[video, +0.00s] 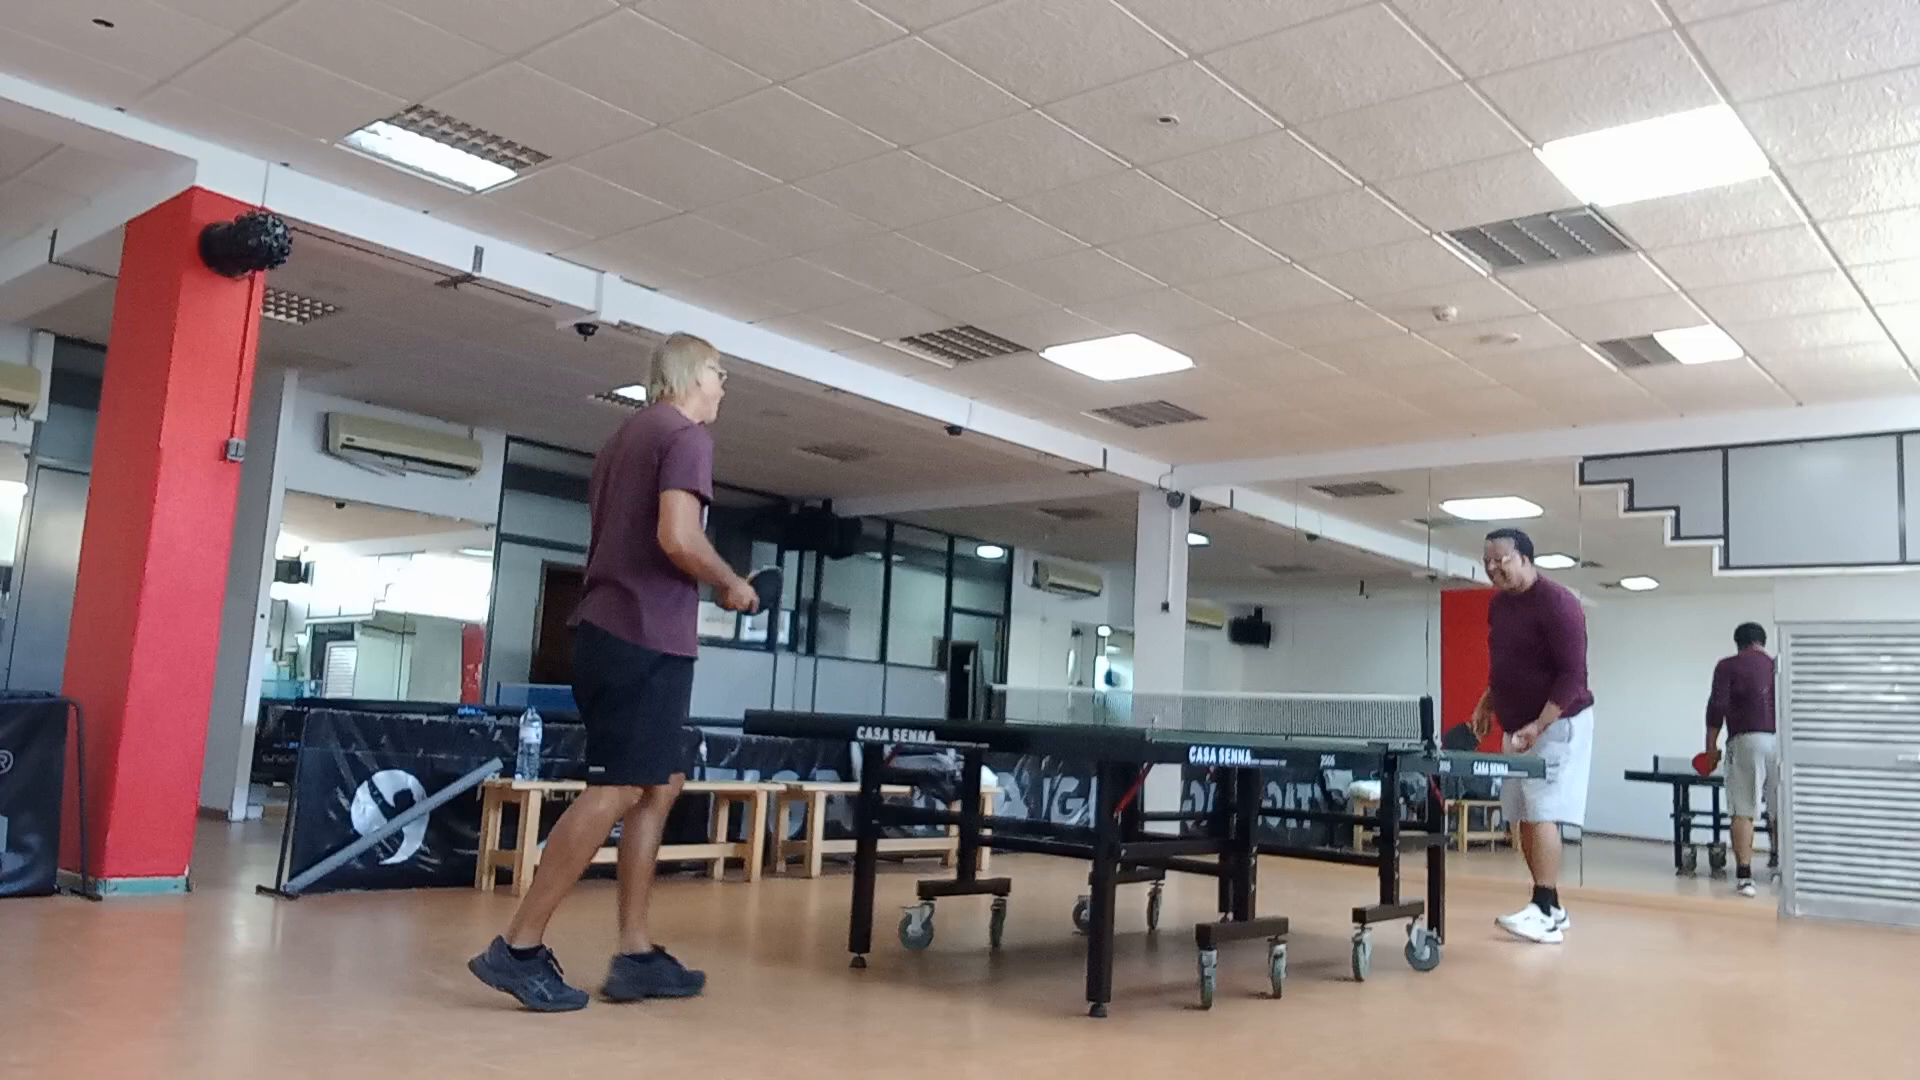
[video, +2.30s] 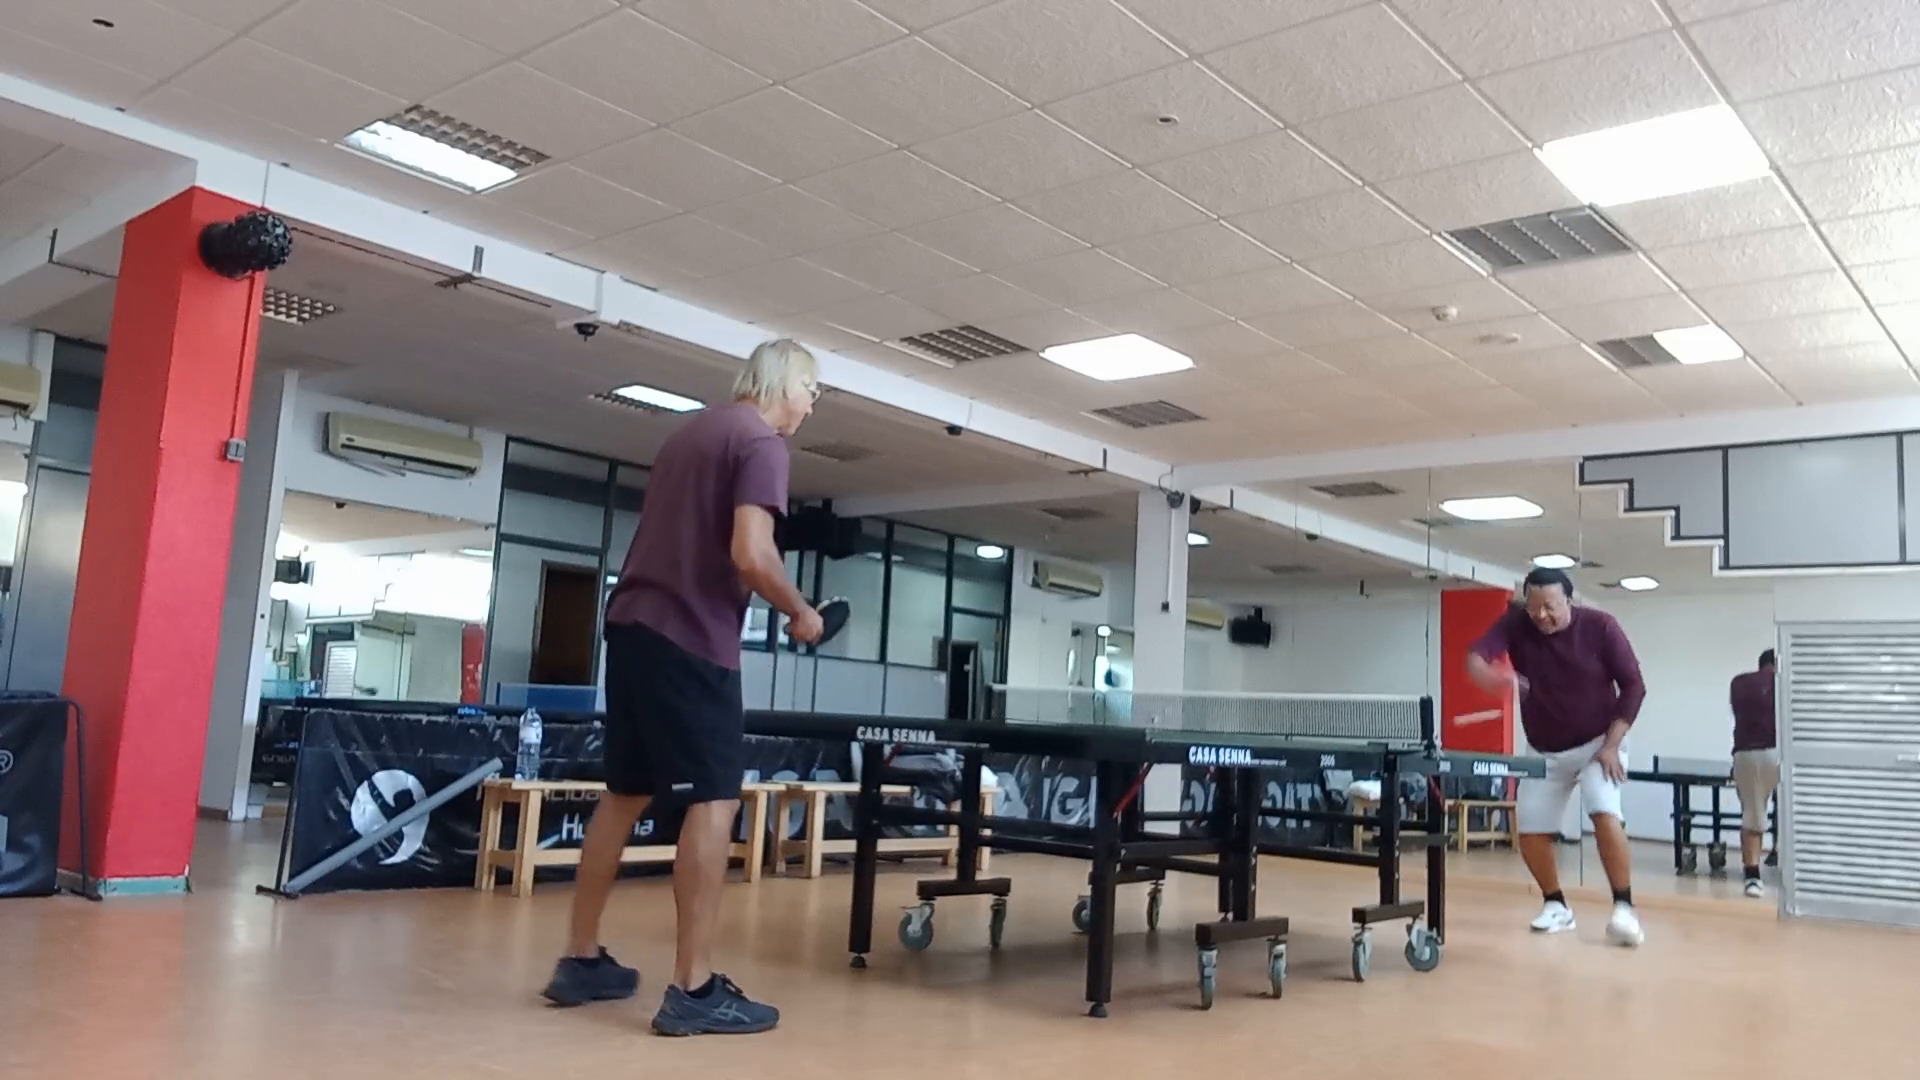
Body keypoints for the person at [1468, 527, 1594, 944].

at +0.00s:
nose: (1494, 569)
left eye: (1502, 560)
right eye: (1489, 563)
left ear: (1525, 558)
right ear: (1487, 566)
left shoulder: (1558, 602)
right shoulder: (1499, 604)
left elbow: (1571, 676)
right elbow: (1507, 663)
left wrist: (1538, 725)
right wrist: (1486, 703)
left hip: (1561, 721)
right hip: (1521, 724)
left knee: (1540, 811)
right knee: (1524, 815)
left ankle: (1545, 910)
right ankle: (1549, 907)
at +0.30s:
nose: (1512, 563)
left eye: (1519, 554)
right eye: (1506, 557)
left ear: (1540, 554)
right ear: (1501, 562)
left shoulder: (1573, 596)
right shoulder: (1501, 605)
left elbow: (1585, 656)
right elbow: (1489, 654)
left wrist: (1528, 666)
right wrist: (1486, 672)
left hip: (1569, 717)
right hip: (1521, 721)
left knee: (1574, 809)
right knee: (1530, 813)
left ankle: (1605, 905)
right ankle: (1548, 905)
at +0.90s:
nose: (1555, 567)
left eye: (1562, 558)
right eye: (1548, 561)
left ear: (1583, 556)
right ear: (1544, 566)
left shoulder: (1617, 601)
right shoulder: (1539, 608)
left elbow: (1641, 661)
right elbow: (1530, 658)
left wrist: (1586, 671)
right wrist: (1515, 681)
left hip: (1610, 727)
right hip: (1555, 728)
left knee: (1629, 819)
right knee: (1550, 814)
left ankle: (1652, 909)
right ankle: (1549, 904)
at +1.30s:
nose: (1569, 585)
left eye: (1576, 577)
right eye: (1563, 578)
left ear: (1598, 571)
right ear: (1557, 577)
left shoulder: (1632, 612)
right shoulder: (1555, 614)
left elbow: (1657, 677)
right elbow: (1551, 666)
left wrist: (1621, 721)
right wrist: (1546, 712)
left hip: (1632, 735)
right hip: (1577, 735)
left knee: (1640, 824)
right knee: (1567, 815)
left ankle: (1652, 910)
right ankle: (1559, 905)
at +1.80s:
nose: (1544, 614)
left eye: (1552, 606)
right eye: (1537, 607)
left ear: (1571, 598)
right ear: (1531, 603)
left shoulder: (1608, 628)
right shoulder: (1528, 636)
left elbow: (1616, 689)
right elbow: (1523, 690)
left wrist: (1569, 709)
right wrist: (1531, 741)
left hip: (1617, 741)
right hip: (1564, 743)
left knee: (1626, 830)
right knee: (1546, 816)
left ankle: (1651, 910)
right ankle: (1558, 906)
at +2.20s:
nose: (1542, 613)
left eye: (1550, 604)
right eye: (1533, 605)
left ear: (1566, 596)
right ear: (1523, 600)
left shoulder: (1599, 625)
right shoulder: (1513, 627)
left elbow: (1640, 679)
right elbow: (1483, 678)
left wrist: (1615, 704)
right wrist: (1533, 700)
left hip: (1600, 737)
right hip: (1546, 745)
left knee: (1601, 794)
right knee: (1532, 821)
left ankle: (1627, 870)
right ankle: (1555, 905)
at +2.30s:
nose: (1542, 615)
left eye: (1550, 607)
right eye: (1534, 608)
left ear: (1568, 600)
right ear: (1526, 602)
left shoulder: (1599, 627)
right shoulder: (1516, 623)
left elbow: (1634, 686)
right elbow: (1475, 656)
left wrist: (1612, 743)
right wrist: (1493, 678)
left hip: (1596, 746)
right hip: (1544, 753)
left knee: (1604, 815)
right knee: (1529, 831)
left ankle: (1623, 908)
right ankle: (1556, 906)